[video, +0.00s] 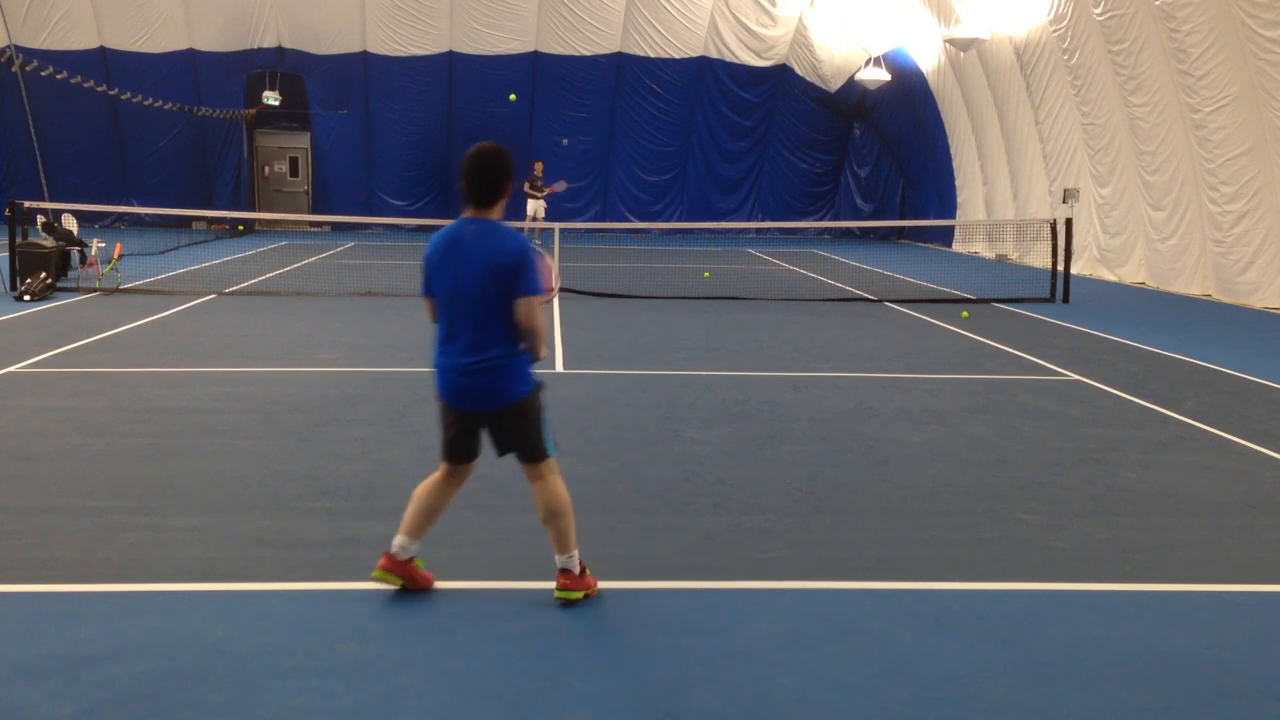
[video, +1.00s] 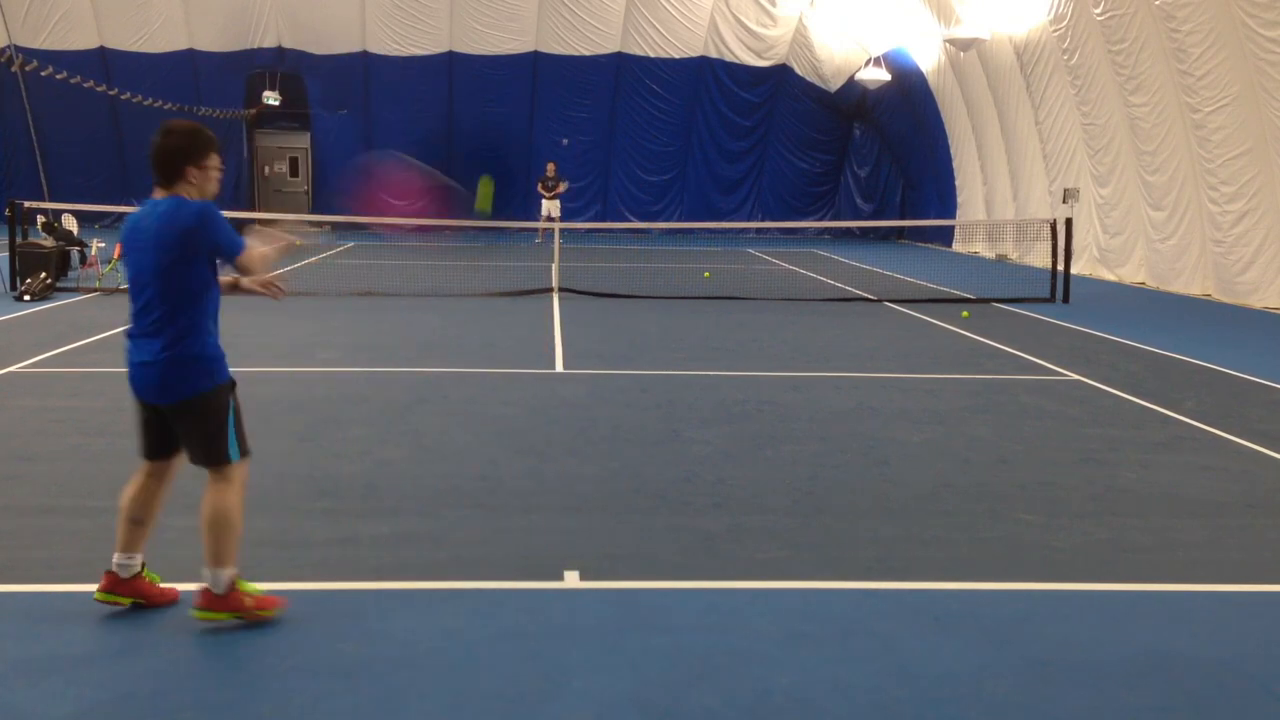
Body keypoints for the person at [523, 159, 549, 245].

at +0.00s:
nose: (539, 167)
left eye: (540, 165)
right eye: (537, 165)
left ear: (542, 167)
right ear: (534, 166)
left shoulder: (542, 178)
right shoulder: (531, 177)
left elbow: (540, 188)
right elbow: (525, 188)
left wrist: (546, 191)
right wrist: (537, 194)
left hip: (540, 200)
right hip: (531, 200)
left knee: (540, 219)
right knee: (529, 218)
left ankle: (537, 238)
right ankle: (525, 237)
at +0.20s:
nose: (540, 166)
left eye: (542, 164)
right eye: (539, 164)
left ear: (544, 166)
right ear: (536, 166)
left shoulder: (546, 177)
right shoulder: (532, 176)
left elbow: (549, 187)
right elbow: (527, 187)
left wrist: (546, 189)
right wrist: (537, 191)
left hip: (541, 199)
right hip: (533, 199)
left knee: (540, 219)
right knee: (530, 218)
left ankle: (536, 237)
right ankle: (530, 236)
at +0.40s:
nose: (541, 167)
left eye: (543, 166)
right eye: (540, 165)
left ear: (545, 167)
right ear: (537, 167)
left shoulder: (547, 178)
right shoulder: (533, 177)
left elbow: (549, 187)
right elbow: (528, 188)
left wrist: (551, 186)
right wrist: (539, 192)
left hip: (542, 200)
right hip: (534, 200)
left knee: (540, 219)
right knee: (533, 218)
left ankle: (537, 238)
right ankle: (535, 237)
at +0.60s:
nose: (542, 167)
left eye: (543, 166)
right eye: (540, 165)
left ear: (546, 167)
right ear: (538, 167)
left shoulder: (548, 178)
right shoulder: (534, 178)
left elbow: (551, 187)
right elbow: (530, 189)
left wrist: (545, 192)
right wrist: (538, 193)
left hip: (545, 200)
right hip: (537, 200)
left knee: (543, 218)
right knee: (537, 218)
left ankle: (540, 236)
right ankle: (538, 236)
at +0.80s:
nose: (544, 166)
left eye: (546, 164)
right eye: (543, 164)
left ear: (549, 166)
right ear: (541, 165)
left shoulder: (552, 176)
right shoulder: (538, 176)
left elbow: (557, 186)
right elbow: (533, 186)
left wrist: (549, 191)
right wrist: (541, 191)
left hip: (549, 198)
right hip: (540, 199)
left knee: (551, 217)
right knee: (539, 217)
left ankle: (552, 236)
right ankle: (539, 237)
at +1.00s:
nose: (550, 168)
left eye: (552, 166)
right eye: (548, 166)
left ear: (554, 168)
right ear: (546, 167)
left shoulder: (558, 178)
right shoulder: (543, 178)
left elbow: (561, 188)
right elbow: (539, 188)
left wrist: (553, 193)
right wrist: (546, 194)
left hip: (555, 200)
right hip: (545, 200)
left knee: (557, 219)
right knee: (543, 218)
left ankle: (557, 237)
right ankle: (540, 237)